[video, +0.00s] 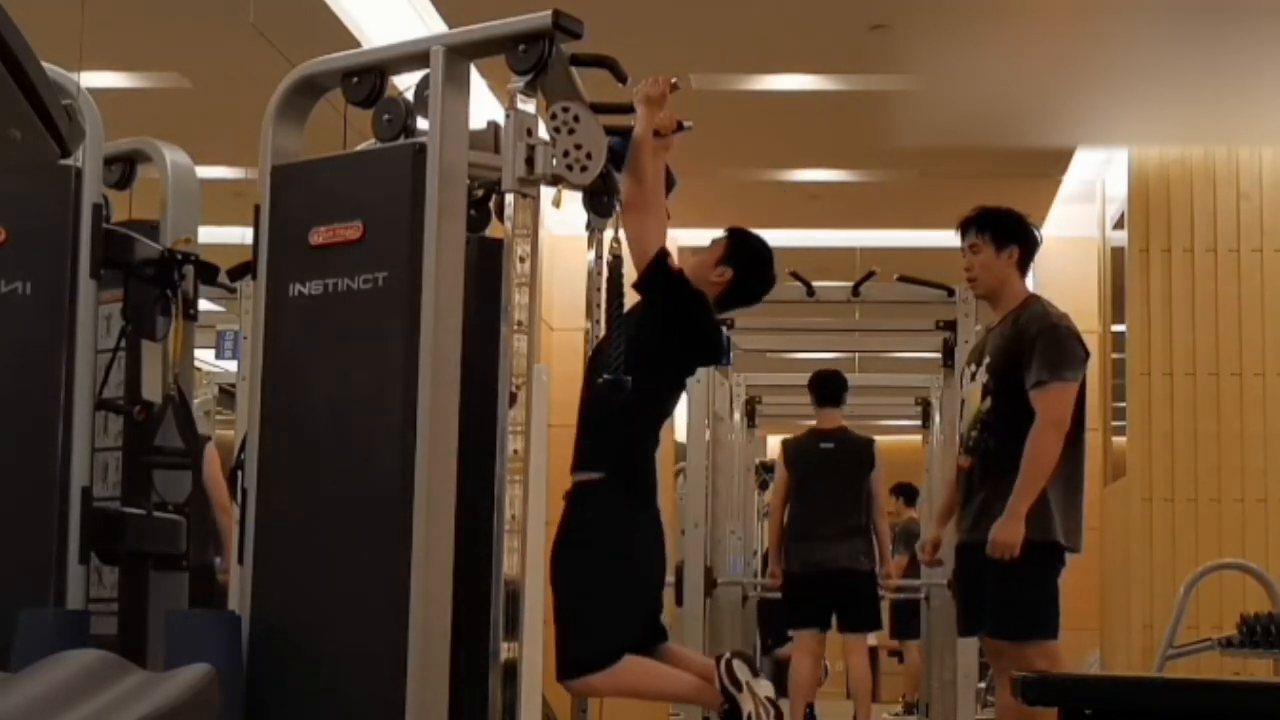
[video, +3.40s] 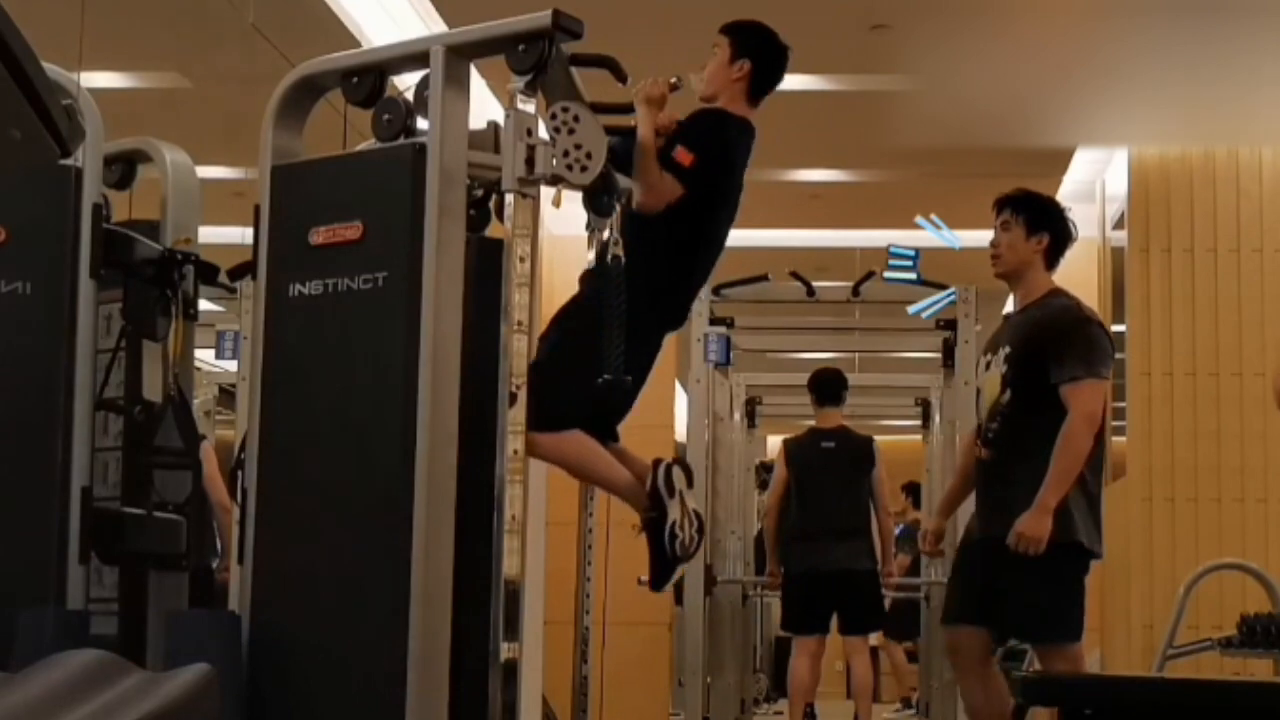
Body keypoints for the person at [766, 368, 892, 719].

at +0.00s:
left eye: (815, 396)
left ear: (811, 399)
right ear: (845, 398)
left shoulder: (791, 448)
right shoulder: (866, 447)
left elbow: (777, 508)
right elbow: (879, 510)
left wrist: (773, 558)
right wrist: (887, 559)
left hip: (806, 566)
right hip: (853, 565)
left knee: (805, 649)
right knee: (857, 650)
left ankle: (796, 715)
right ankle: (863, 714)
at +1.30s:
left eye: (816, 452)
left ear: (813, 456)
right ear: (847, 455)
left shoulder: (793, 496)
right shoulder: (867, 495)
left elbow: (779, 557)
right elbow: (881, 557)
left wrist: (774, 607)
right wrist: (887, 611)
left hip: (806, 583)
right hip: (856, 582)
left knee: (801, 652)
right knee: (864, 652)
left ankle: (797, 715)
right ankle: (865, 715)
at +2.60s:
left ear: (815, 399)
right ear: (848, 398)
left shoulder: (794, 449)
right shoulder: (869, 449)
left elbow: (774, 512)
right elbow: (886, 513)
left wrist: (773, 563)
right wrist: (891, 566)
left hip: (808, 564)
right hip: (856, 563)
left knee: (806, 648)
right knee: (859, 650)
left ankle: (798, 715)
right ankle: (863, 715)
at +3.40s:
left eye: (814, 396)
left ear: (811, 399)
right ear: (845, 398)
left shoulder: (790, 448)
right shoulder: (866, 447)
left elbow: (771, 509)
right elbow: (884, 510)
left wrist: (772, 559)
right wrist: (888, 560)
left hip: (806, 567)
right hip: (855, 566)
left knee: (805, 649)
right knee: (858, 650)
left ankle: (797, 716)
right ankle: (863, 715)